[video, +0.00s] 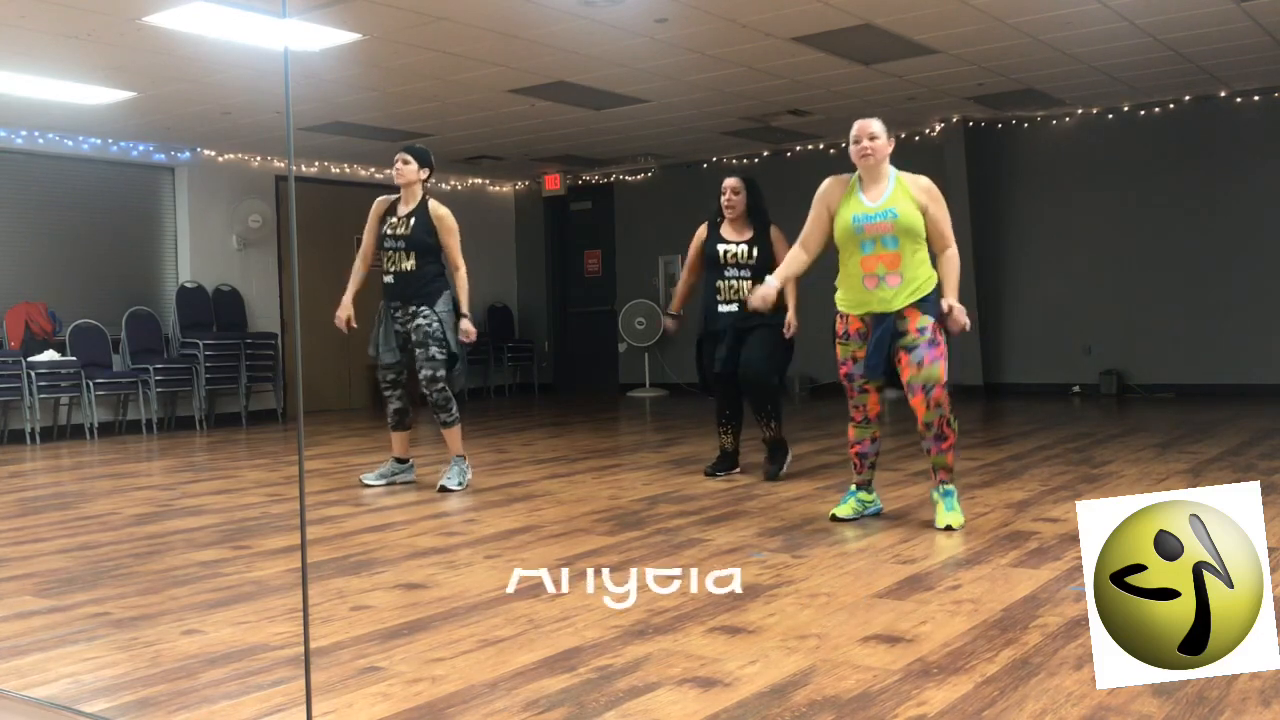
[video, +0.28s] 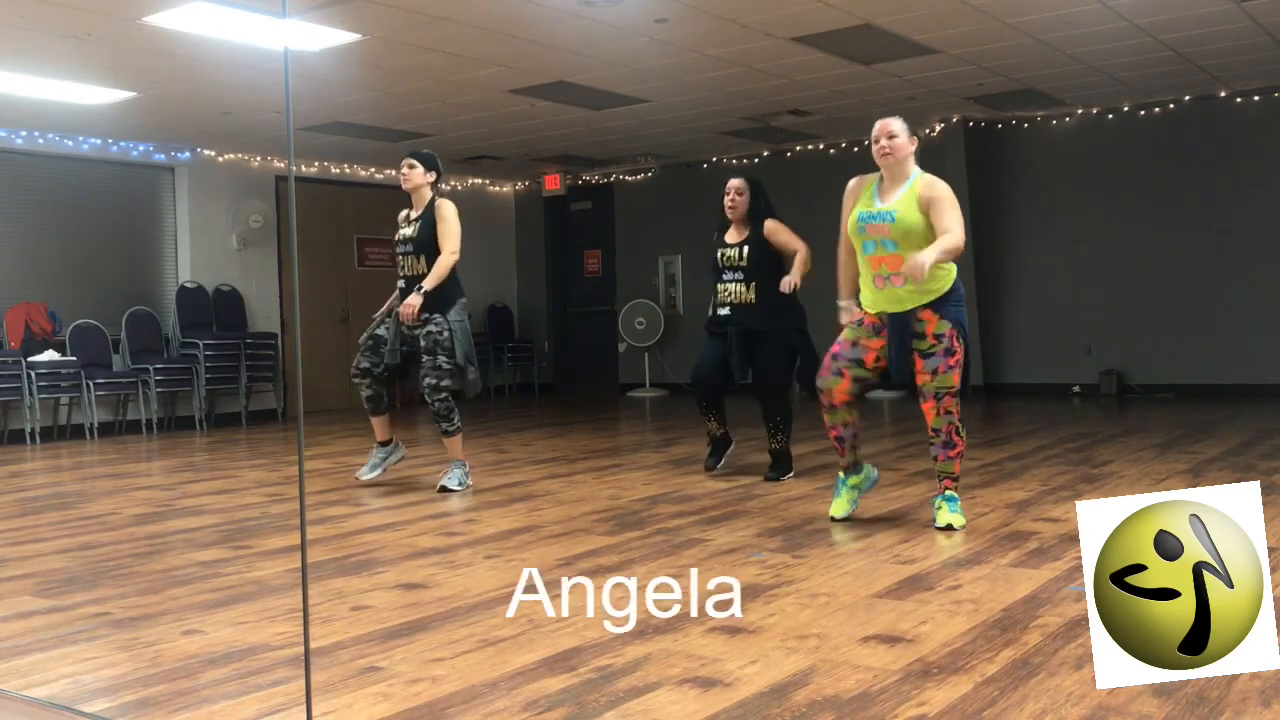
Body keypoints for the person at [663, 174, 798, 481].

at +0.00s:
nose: (728, 198)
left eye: (735, 192)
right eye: (724, 193)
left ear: (750, 197)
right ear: (719, 198)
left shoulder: (769, 233)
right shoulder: (706, 232)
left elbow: (788, 272)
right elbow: (688, 275)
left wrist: (791, 309)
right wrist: (673, 312)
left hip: (762, 326)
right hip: (721, 327)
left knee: (757, 381)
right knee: (724, 388)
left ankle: (776, 448)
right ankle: (727, 455)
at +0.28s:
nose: (730, 198)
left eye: (738, 193)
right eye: (727, 193)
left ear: (753, 199)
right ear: (723, 200)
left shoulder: (766, 228)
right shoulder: (723, 236)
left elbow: (802, 250)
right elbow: (732, 277)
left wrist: (795, 274)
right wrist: (721, 310)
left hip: (768, 327)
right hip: (728, 329)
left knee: (771, 390)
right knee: (703, 378)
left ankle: (781, 459)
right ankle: (719, 439)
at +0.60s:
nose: (739, 198)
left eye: (745, 194)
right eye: (734, 193)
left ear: (754, 200)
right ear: (724, 197)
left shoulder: (769, 229)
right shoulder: (710, 236)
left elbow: (797, 266)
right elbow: (699, 280)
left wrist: (829, 292)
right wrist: (668, 271)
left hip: (765, 326)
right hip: (722, 330)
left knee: (769, 391)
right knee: (723, 392)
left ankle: (780, 459)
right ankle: (725, 457)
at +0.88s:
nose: (729, 203)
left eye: (736, 198)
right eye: (724, 196)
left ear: (743, 202)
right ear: (713, 199)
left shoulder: (755, 232)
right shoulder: (695, 236)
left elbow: (779, 272)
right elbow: (676, 276)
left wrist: (808, 304)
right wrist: (654, 253)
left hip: (755, 328)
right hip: (712, 331)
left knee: (756, 387)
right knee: (717, 392)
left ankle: (768, 454)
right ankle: (725, 456)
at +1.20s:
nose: (730, 201)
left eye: (737, 196)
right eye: (725, 195)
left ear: (744, 202)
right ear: (714, 198)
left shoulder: (758, 232)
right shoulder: (694, 231)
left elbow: (775, 271)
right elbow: (664, 261)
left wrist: (779, 303)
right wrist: (645, 255)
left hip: (753, 328)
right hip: (709, 330)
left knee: (755, 387)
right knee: (716, 392)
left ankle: (766, 456)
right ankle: (725, 456)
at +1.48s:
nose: (722, 198)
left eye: (729, 193)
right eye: (718, 193)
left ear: (743, 198)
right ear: (712, 199)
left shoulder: (764, 236)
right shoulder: (699, 235)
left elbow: (782, 276)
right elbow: (690, 277)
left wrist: (772, 272)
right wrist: (689, 317)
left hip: (757, 330)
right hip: (715, 331)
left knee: (761, 392)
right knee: (720, 393)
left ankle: (774, 458)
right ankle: (725, 456)